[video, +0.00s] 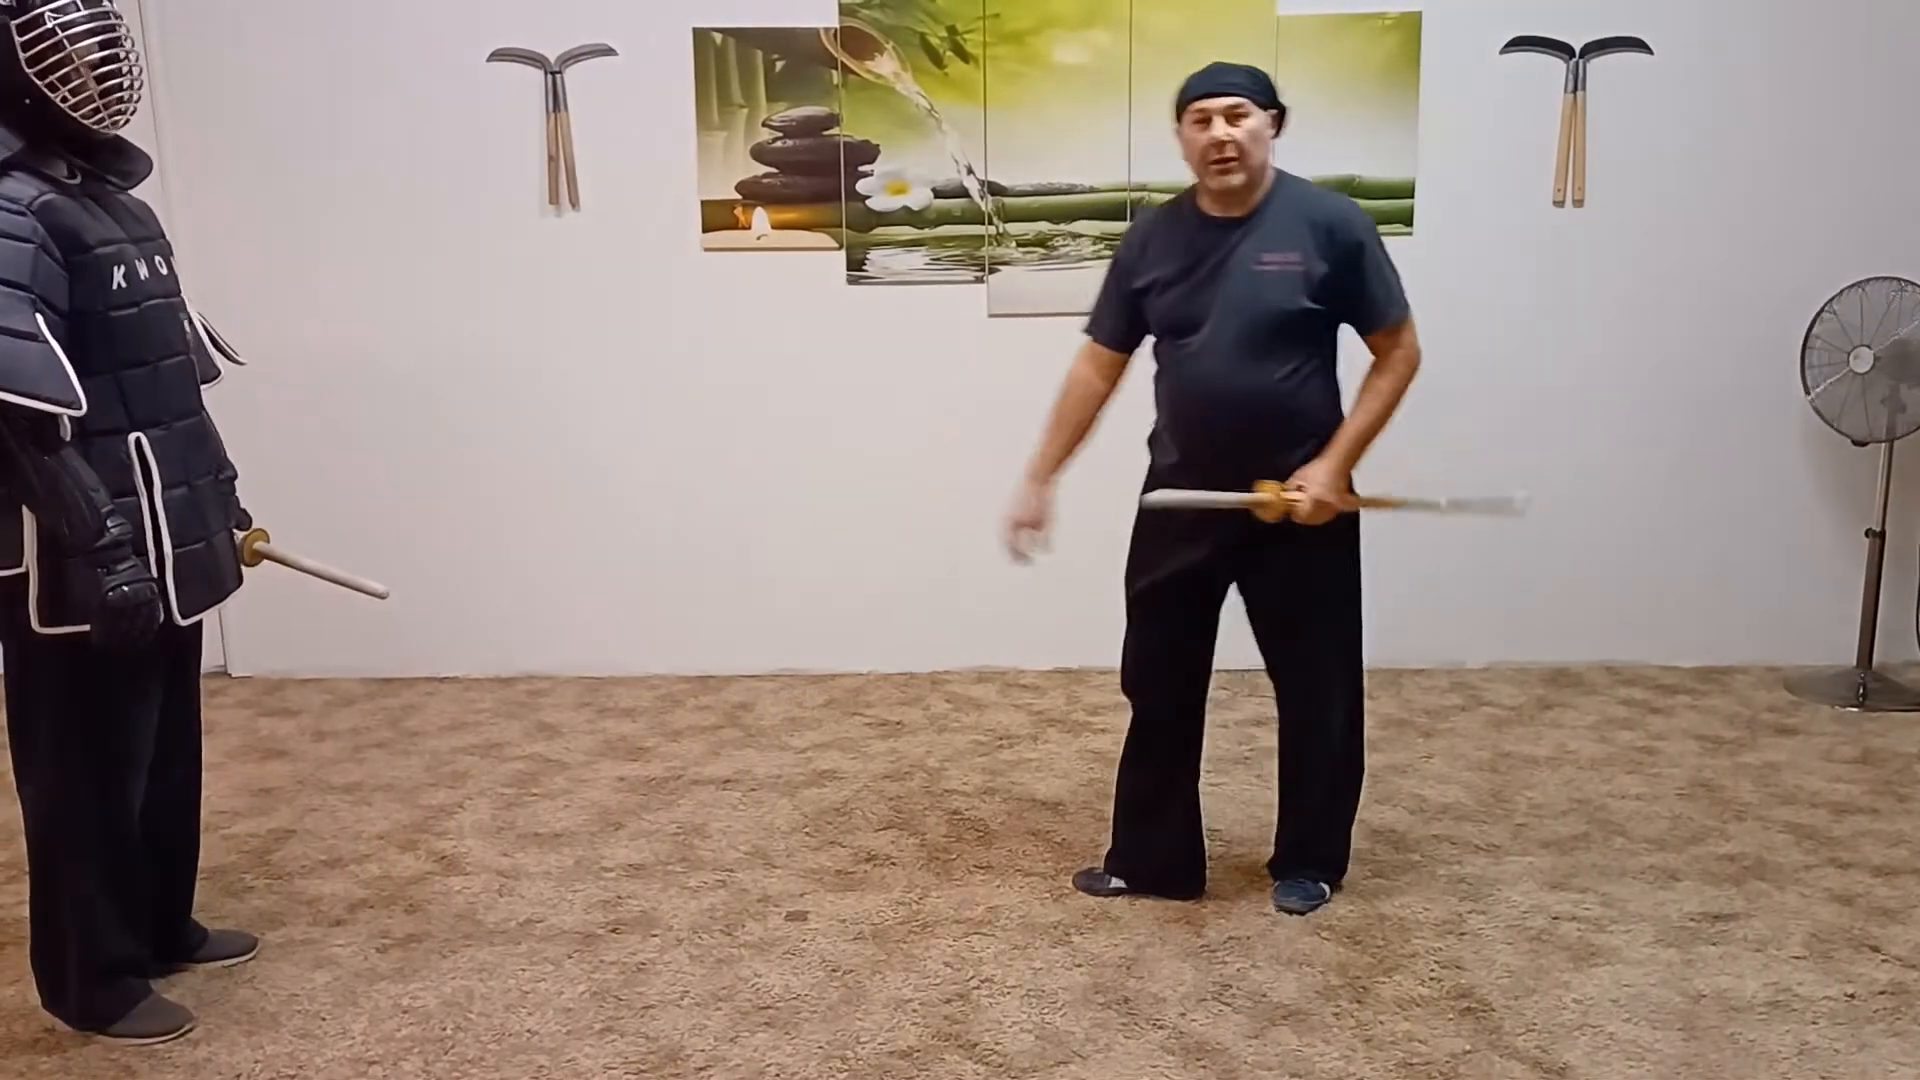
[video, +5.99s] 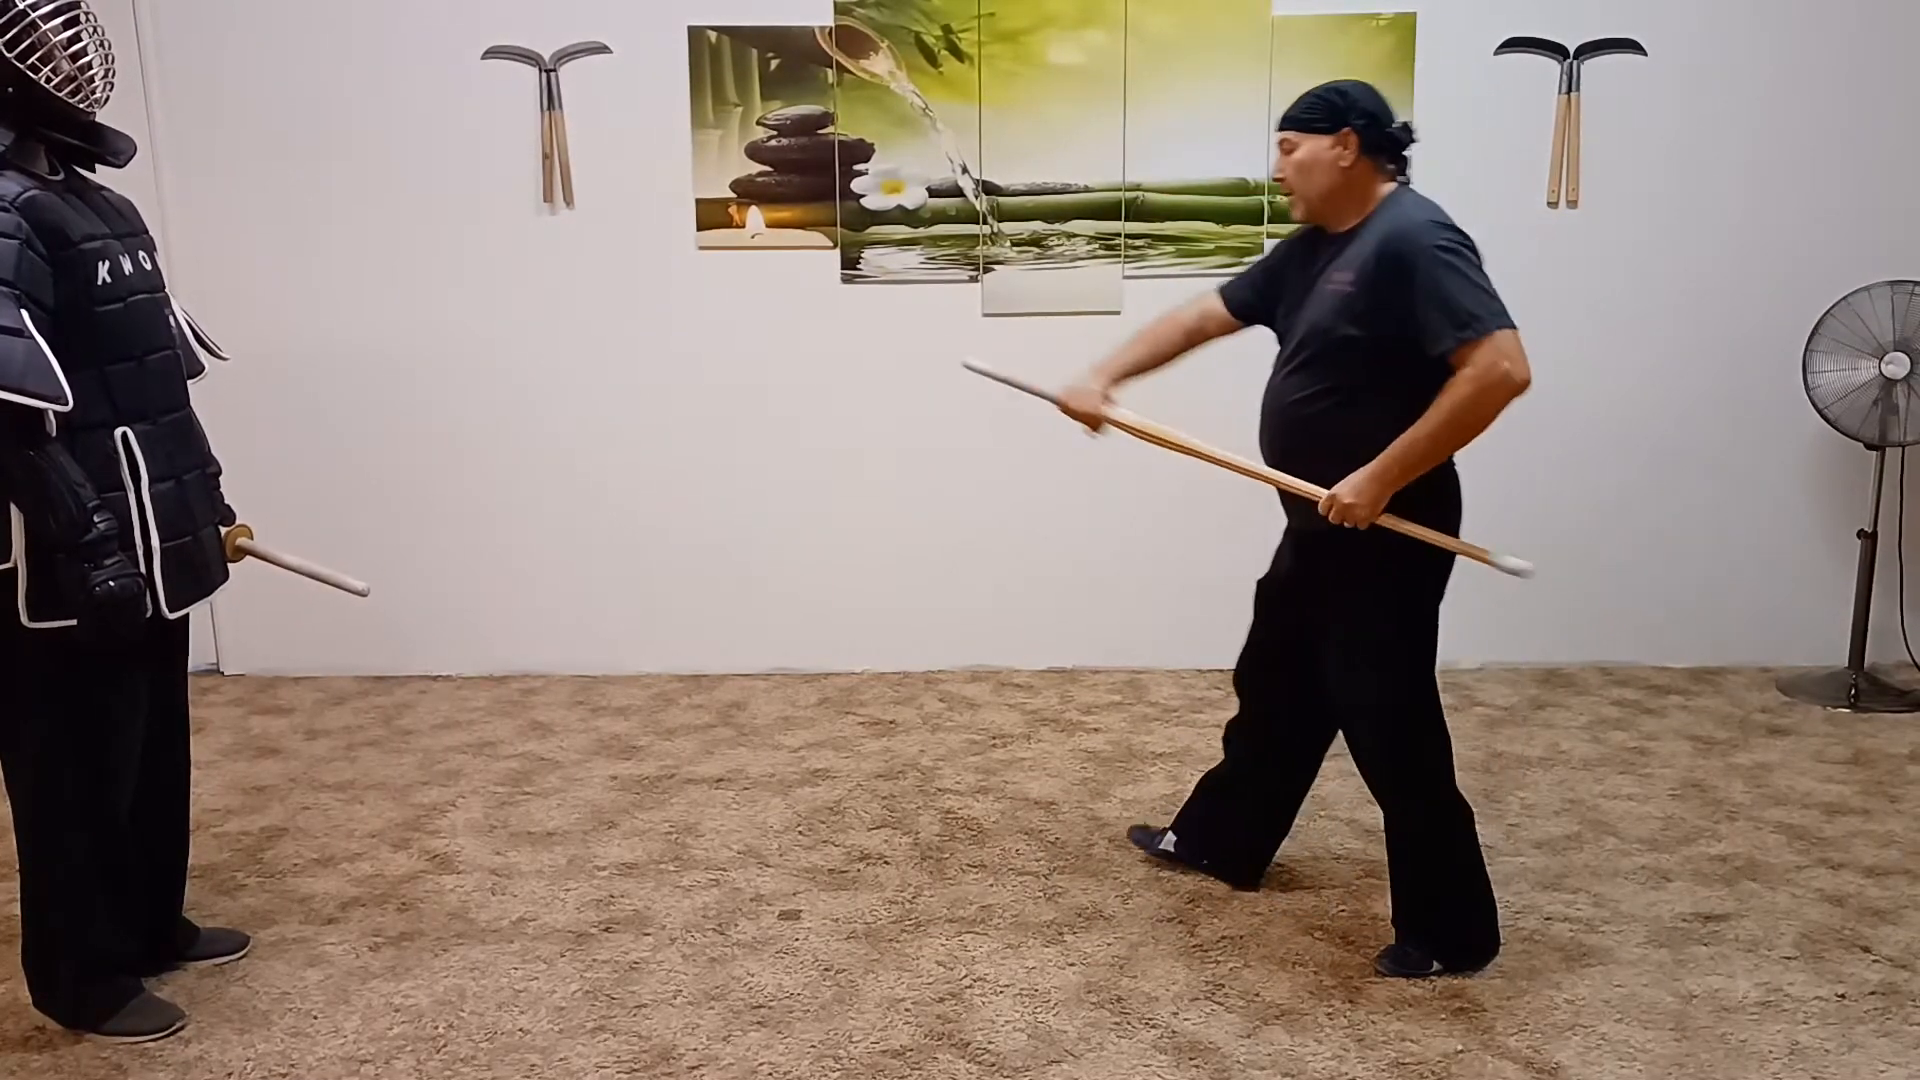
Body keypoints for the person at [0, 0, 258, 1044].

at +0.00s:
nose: (111, 65)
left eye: (110, 46)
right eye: (84, 47)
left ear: (108, 65)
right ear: (30, 68)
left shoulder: (121, 200)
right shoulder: (17, 208)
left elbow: (174, 378)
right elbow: (22, 401)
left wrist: (223, 503)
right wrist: (99, 536)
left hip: (161, 541)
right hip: (75, 553)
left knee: (161, 749)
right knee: (88, 769)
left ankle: (161, 931)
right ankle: (92, 982)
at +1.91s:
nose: (124, 83)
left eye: (121, 63)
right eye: (101, 66)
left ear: (97, 77)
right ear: (50, 79)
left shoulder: (122, 203)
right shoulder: (19, 211)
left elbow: (175, 382)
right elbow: (23, 404)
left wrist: (218, 508)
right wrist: (98, 538)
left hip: (158, 544)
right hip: (69, 557)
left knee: (160, 752)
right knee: (84, 772)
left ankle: (161, 933)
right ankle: (88, 982)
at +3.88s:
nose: (94, 83)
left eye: (90, 66)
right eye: (75, 67)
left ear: (59, 85)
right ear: (30, 82)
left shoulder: (100, 209)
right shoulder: (10, 219)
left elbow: (151, 381)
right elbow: (24, 417)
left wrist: (198, 506)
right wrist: (90, 551)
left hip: (145, 548)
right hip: (61, 567)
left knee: (151, 750)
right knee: (76, 772)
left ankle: (156, 930)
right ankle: (82, 981)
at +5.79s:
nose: (94, 80)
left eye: (88, 64)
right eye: (75, 65)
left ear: (47, 83)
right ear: (35, 80)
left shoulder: (108, 207)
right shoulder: (8, 211)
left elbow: (161, 381)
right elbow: (20, 411)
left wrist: (207, 503)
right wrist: (88, 545)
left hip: (149, 546)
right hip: (60, 560)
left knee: (150, 748)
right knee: (73, 768)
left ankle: (151, 928)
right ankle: (78, 979)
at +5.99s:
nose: (93, 86)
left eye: (87, 71)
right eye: (77, 73)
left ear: (42, 88)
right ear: (39, 86)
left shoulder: (108, 207)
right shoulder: (10, 213)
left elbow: (161, 381)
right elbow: (22, 410)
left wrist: (206, 504)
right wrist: (89, 544)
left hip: (149, 545)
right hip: (59, 560)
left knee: (150, 747)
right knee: (73, 767)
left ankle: (151, 928)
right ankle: (78, 980)